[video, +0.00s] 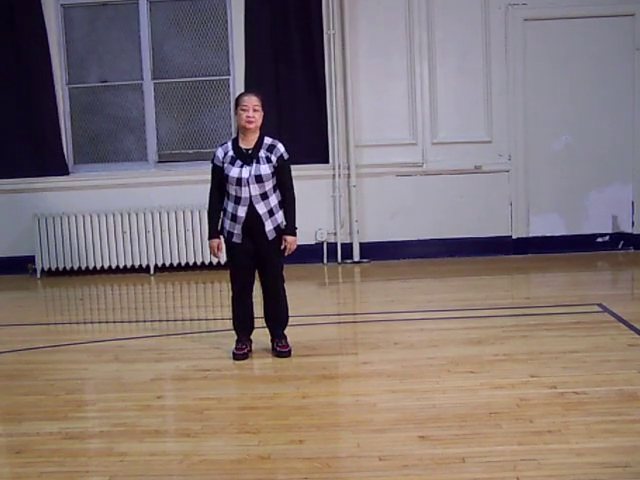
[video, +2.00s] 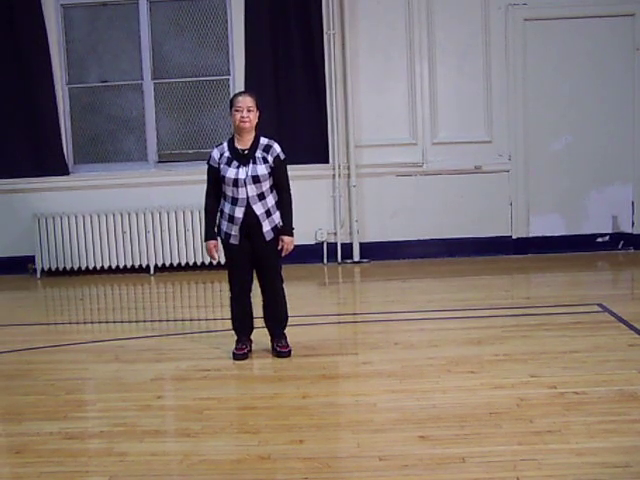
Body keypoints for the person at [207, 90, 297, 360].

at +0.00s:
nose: (250, 114)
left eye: (255, 110)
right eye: (244, 109)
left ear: (262, 115)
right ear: (236, 114)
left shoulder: (275, 149)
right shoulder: (223, 153)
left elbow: (287, 192)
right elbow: (216, 196)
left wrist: (290, 229)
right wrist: (214, 232)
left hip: (270, 230)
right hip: (237, 232)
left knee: (274, 284)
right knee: (241, 287)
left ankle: (279, 335)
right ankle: (243, 337)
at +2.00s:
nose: (244, 115)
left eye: (249, 110)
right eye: (238, 110)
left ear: (257, 115)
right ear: (231, 115)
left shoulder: (271, 150)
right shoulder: (219, 154)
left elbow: (284, 192)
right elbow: (212, 197)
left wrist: (287, 230)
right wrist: (210, 234)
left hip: (267, 230)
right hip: (233, 232)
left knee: (272, 285)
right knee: (239, 288)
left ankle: (278, 335)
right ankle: (242, 337)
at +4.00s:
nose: (254, 115)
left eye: (258, 111)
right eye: (248, 110)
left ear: (261, 115)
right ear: (233, 114)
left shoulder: (271, 149)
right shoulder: (220, 154)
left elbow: (285, 191)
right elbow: (213, 197)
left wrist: (289, 229)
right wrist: (212, 235)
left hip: (269, 231)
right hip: (235, 233)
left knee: (274, 285)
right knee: (240, 288)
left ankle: (279, 335)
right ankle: (243, 338)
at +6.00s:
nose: (241, 114)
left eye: (246, 109)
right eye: (235, 110)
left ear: (254, 114)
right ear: (227, 116)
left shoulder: (268, 149)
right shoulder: (216, 155)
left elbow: (282, 192)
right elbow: (210, 198)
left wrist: (285, 229)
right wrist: (210, 235)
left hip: (266, 231)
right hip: (232, 233)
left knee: (272, 285)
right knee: (239, 289)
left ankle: (279, 335)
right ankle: (243, 338)